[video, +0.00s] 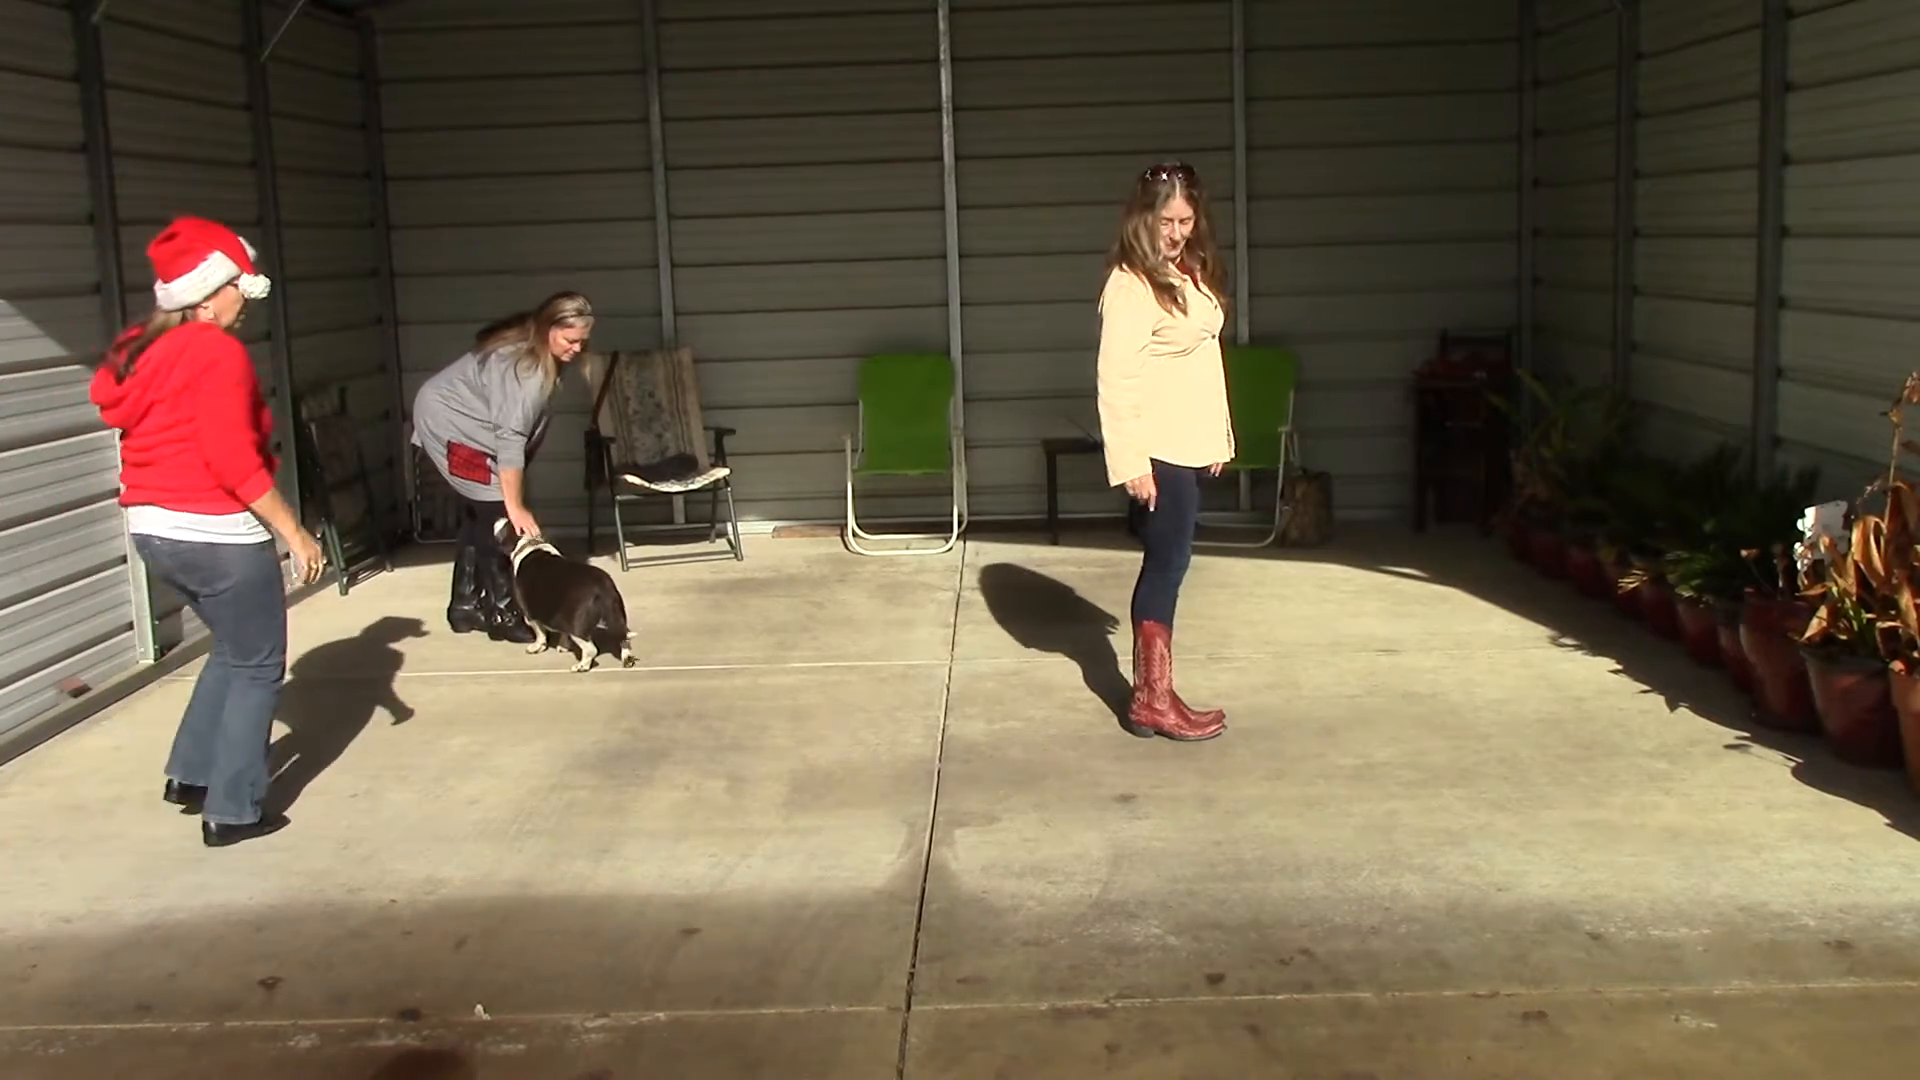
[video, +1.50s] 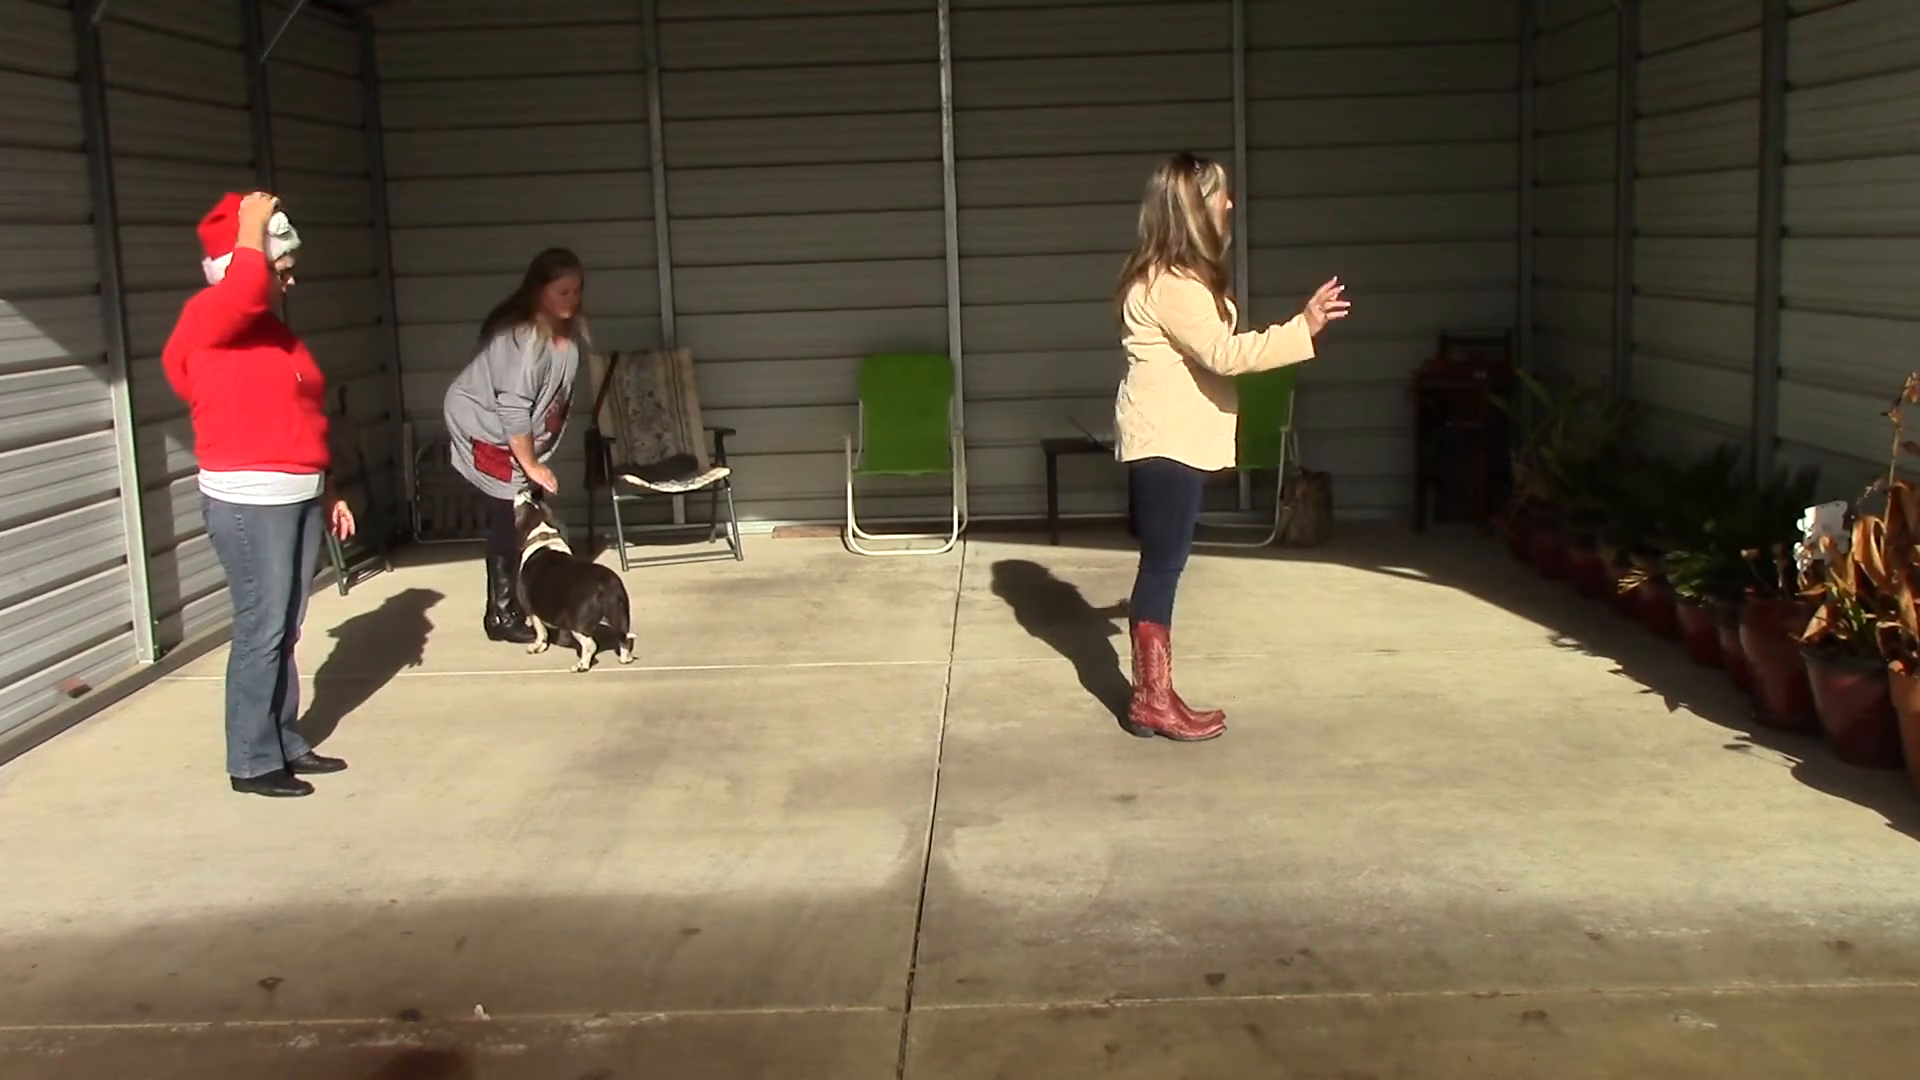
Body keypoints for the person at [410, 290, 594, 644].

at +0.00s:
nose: (576, 349)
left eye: (581, 342)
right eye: (571, 341)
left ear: (585, 335)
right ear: (549, 330)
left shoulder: (533, 352)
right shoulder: (526, 368)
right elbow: (510, 441)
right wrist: (515, 508)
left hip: (453, 411)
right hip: (445, 416)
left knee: (480, 507)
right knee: (494, 508)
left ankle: (464, 604)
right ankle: (502, 611)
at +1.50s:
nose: (572, 300)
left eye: (576, 291)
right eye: (563, 291)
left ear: (580, 291)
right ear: (541, 290)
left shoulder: (566, 332)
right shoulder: (518, 336)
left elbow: (553, 393)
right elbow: (513, 407)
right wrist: (530, 464)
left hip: (515, 419)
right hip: (477, 419)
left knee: (516, 507)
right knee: (505, 509)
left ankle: (512, 605)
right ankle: (500, 611)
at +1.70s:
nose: (569, 272)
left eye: (572, 264)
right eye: (560, 264)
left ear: (577, 266)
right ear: (536, 268)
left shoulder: (568, 311)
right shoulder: (525, 324)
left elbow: (564, 378)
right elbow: (522, 395)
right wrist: (535, 451)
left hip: (547, 429)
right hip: (509, 432)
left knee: (549, 517)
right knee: (516, 521)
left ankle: (548, 603)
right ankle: (509, 608)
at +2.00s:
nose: (561, 249)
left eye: (564, 241)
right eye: (551, 242)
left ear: (568, 245)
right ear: (531, 248)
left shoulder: (572, 290)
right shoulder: (520, 298)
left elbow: (580, 351)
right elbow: (542, 364)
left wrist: (595, 394)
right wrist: (581, 415)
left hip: (559, 408)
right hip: (525, 413)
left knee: (556, 505)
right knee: (538, 510)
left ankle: (557, 592)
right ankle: (534, 597)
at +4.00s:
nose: (581, 247)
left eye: (584, 239)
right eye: (572, 240)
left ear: (587, 242)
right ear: (550, 245)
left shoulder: (580, 287)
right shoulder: (547, 293)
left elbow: (593, 342)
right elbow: (562, 358)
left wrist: (606, 360)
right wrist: (589, 411)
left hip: (572, 404)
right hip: (556, 408)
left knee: (576, 500)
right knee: (587, 498)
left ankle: (574, 589)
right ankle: (594, 590)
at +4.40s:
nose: (598, 248)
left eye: (599, 240)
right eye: (589, 240)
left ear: (598, 243)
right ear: (564, 245)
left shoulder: (590, 287)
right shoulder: (564, 294)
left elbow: (607, 345)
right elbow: (588, 359)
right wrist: (622, 409)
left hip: (593, 408)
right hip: (576, 411)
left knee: (597, 496)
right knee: (601, 497)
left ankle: (565, 580)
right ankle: (607, 591)